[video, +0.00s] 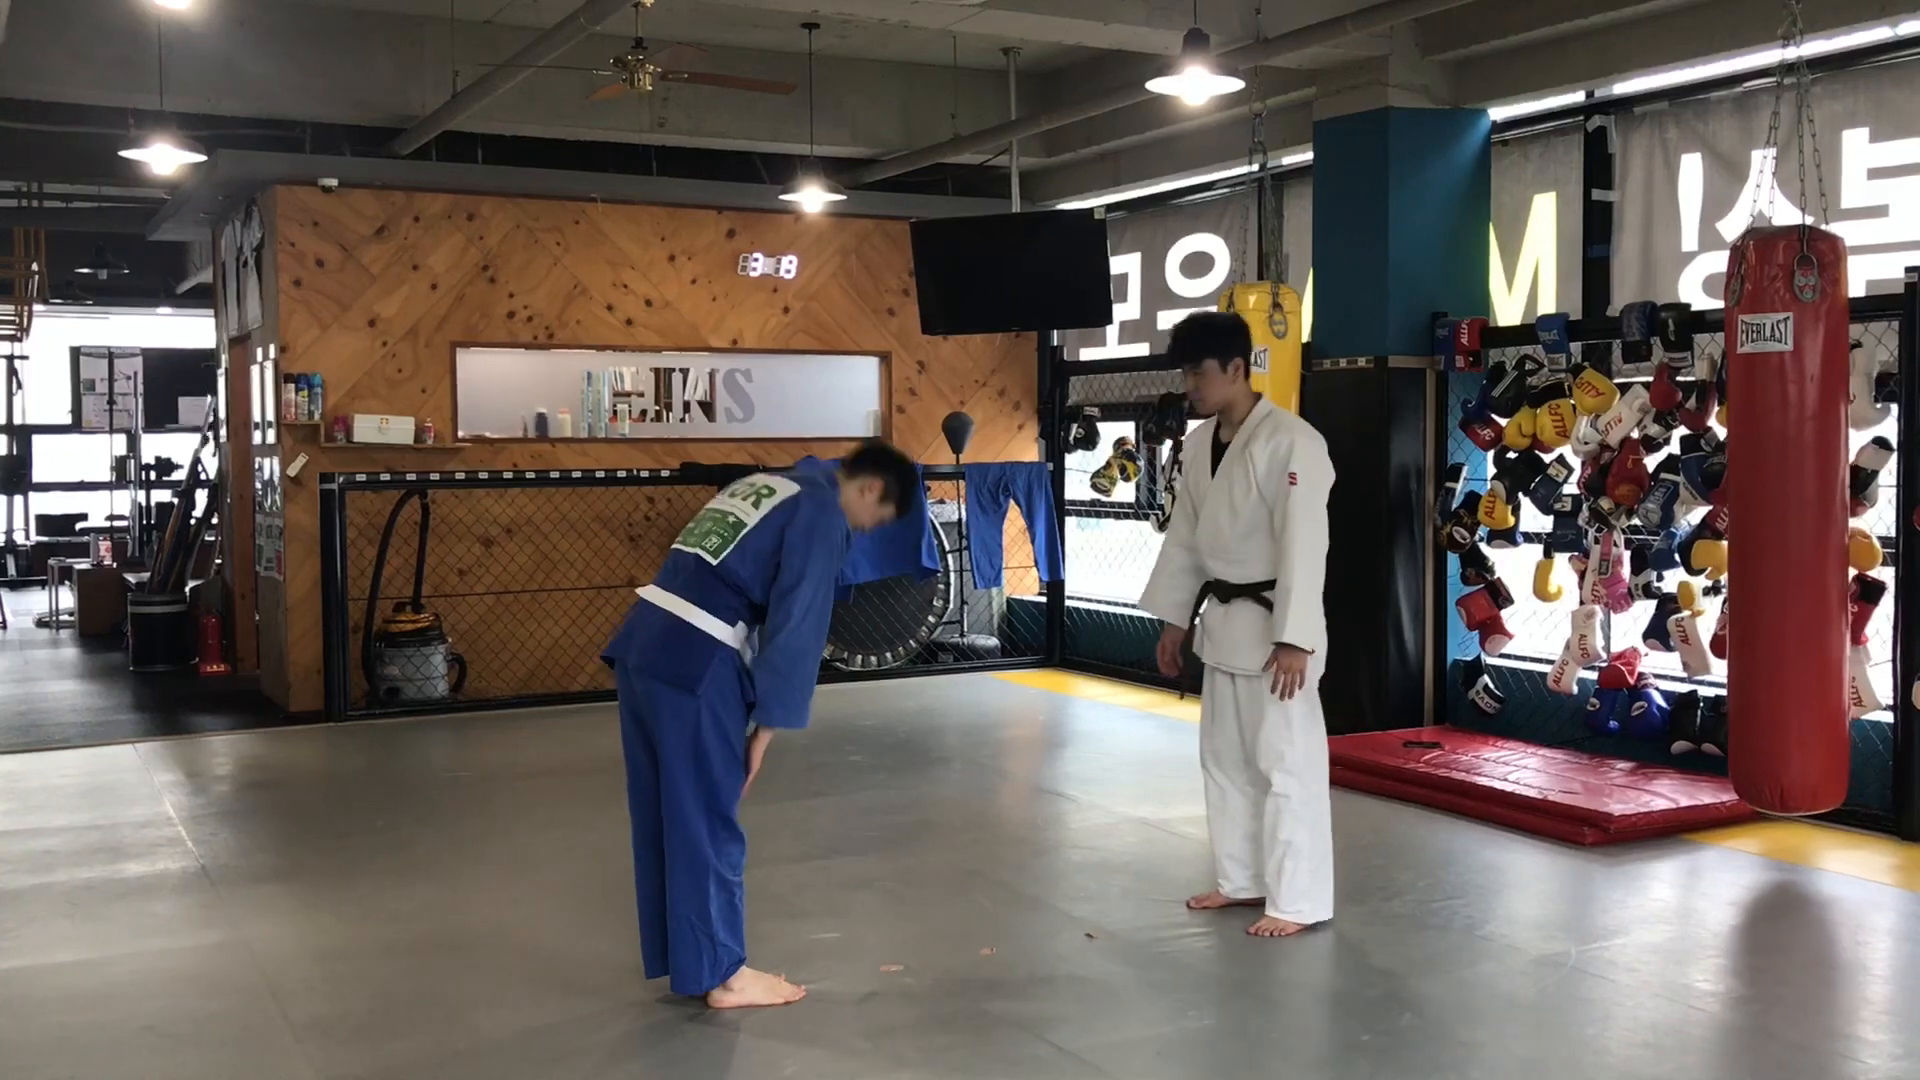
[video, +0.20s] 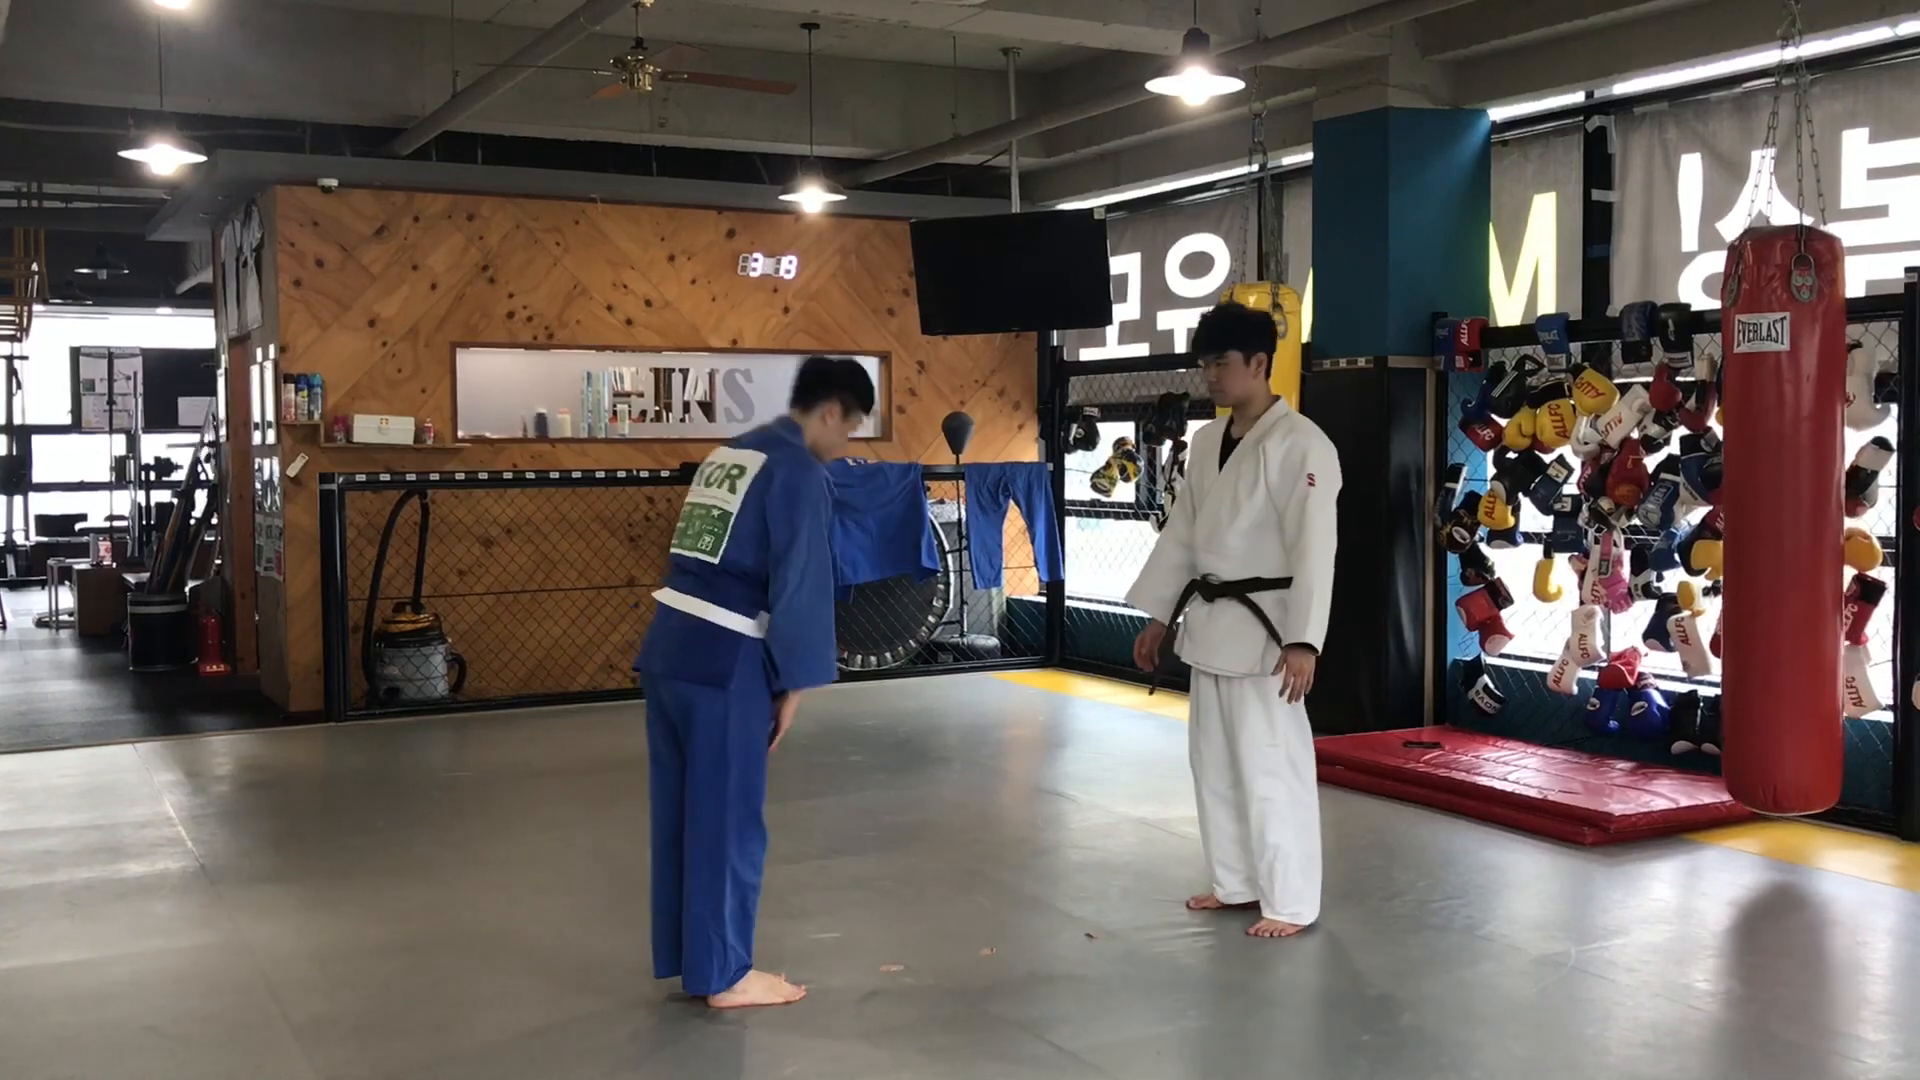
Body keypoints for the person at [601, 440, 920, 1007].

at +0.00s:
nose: (871, 527)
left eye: (882, 520)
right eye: (881, 514)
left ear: (855, 476)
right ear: (869, 489)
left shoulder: (765, 482)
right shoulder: (821, 514)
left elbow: (725, 585)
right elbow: (796, 623)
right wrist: (766, 724)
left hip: (642, 652)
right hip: (695, 667)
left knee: (663, 815)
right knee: (709, 817)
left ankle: (685, 962)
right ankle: (722, 971)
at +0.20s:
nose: (848, 445)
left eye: (854, 432)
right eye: (851, 429)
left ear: (806, 405)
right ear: (829, 411)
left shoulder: (734, 451)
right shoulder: (798, 472)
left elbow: (718, 564)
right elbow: (798, 587)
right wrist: (793, 685)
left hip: (670, 654)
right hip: (725, 665)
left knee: (679, 813)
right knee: (731, 818)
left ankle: (681, 963)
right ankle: (723, 974)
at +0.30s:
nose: (828, 410)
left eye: (831, 397)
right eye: (829, 395)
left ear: (773, 382)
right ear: (805, 387)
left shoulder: (715, 447)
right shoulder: (785, 459)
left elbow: (714, 557)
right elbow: (801, 572)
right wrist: (811, 667)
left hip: (686, 656)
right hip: (740, 665)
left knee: (696, 811)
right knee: (743, 818)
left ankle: (700, 963)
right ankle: (732, 976)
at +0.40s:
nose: (811, 390)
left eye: (812, 377)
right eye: (809, 377)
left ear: (752, 374)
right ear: (782, 374)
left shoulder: (710, 443)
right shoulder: (775, 456)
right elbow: (803, 570)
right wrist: (821, 657)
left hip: (699, 656)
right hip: (750, 664)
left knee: (710, 814)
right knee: (758, 821)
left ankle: (705, 966)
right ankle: (740, 977)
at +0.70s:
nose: (812, 381)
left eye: (809, 368)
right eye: (808, 368)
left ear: (750, 376)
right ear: (783, 373)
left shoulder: (719, 453)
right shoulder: (787, 460)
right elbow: (812, 574)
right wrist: (835, 667)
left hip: (722, 664)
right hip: (773, 671)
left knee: (747, 814)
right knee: (772, 823)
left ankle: (738, 953)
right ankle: (740, 980)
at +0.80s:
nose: (825, 381)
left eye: (822, 368)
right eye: (820, 369)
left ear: (763, 376)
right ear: (796, 374)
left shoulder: (733, 452)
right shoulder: (803, 461)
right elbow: (825, 577)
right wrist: (850, 670)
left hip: (734, 660)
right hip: (785, 667)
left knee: (799, 799)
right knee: (773, 817)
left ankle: (817, 937)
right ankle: (739, 980)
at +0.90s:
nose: (840, 383)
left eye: (838, 371)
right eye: (834, 372)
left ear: (782, 379)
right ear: (809, 377)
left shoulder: (748, 456)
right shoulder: (820, 465)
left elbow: (762, 560)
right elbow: (848, 578)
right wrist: (879, 667)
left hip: (752, 658)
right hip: (801, 666)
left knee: (824, 796)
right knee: (784, 814)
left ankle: (866, 922)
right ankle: (740, 978)